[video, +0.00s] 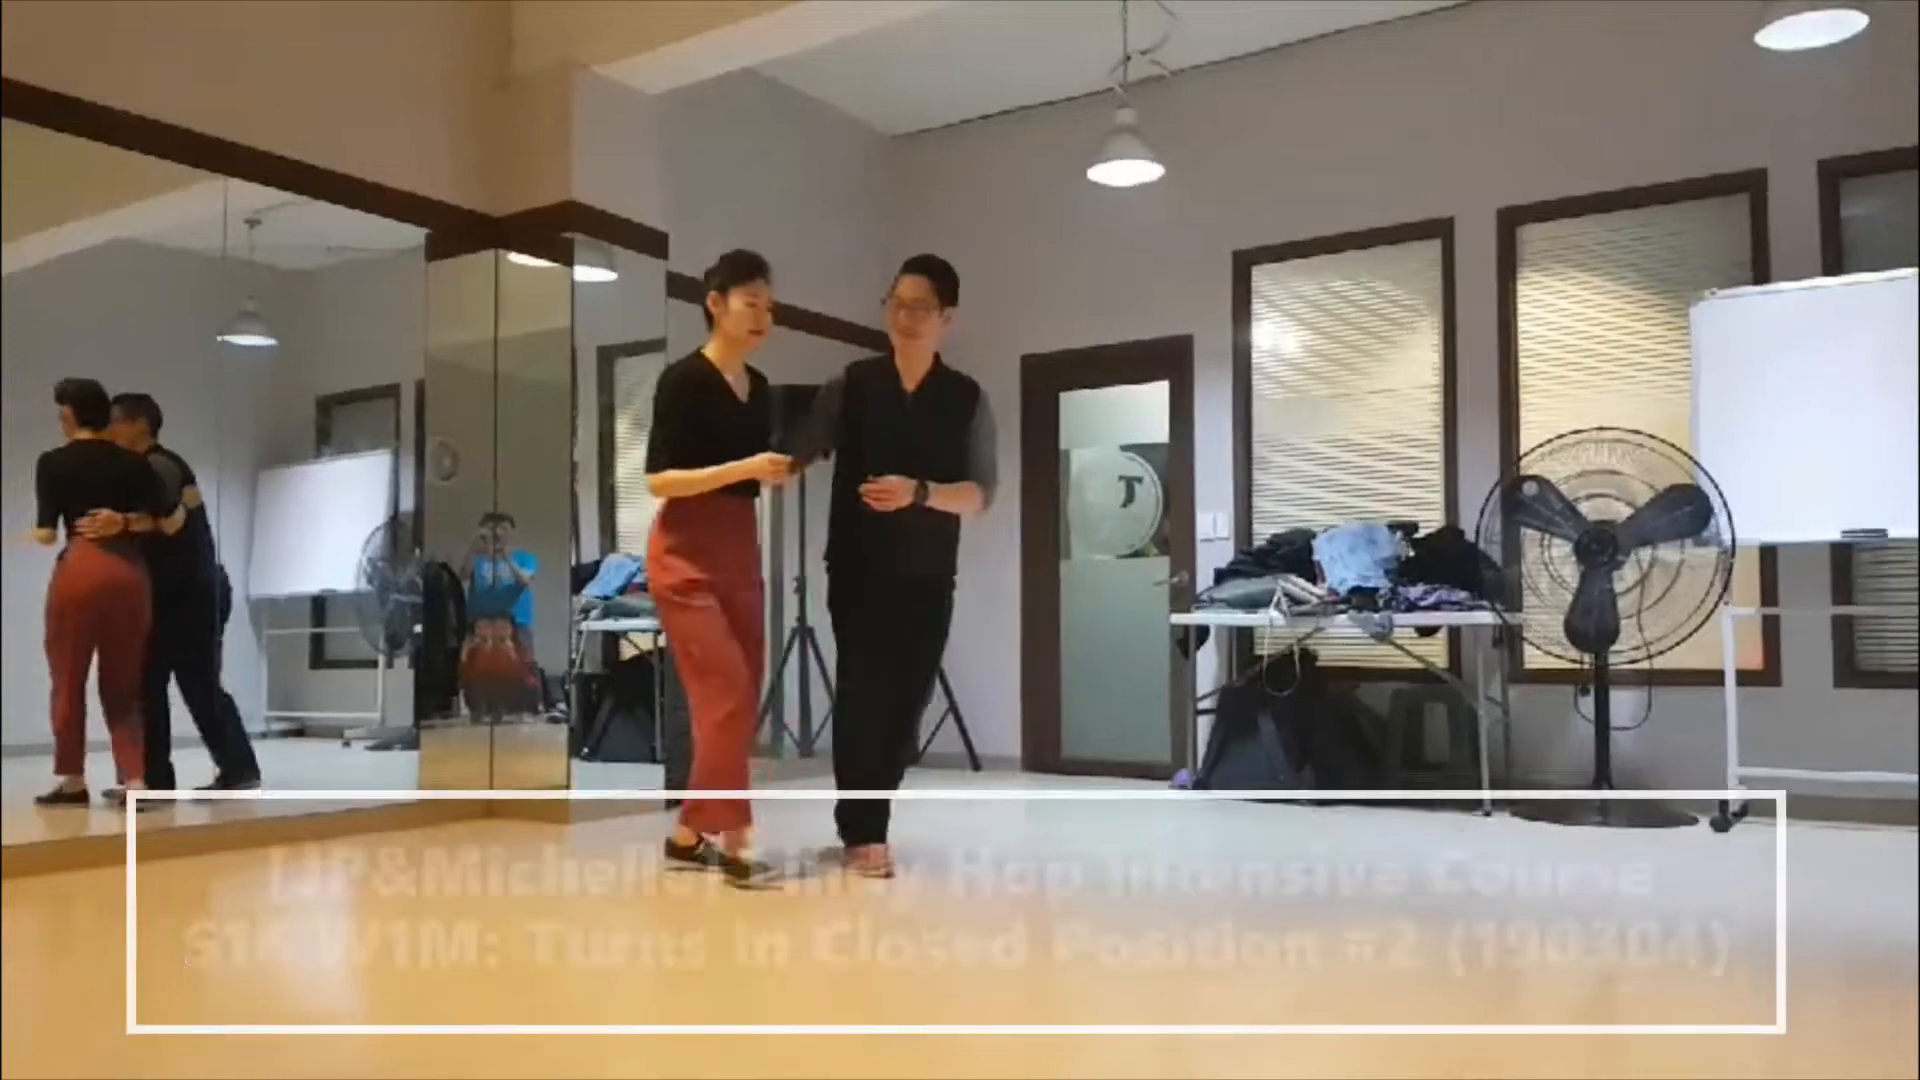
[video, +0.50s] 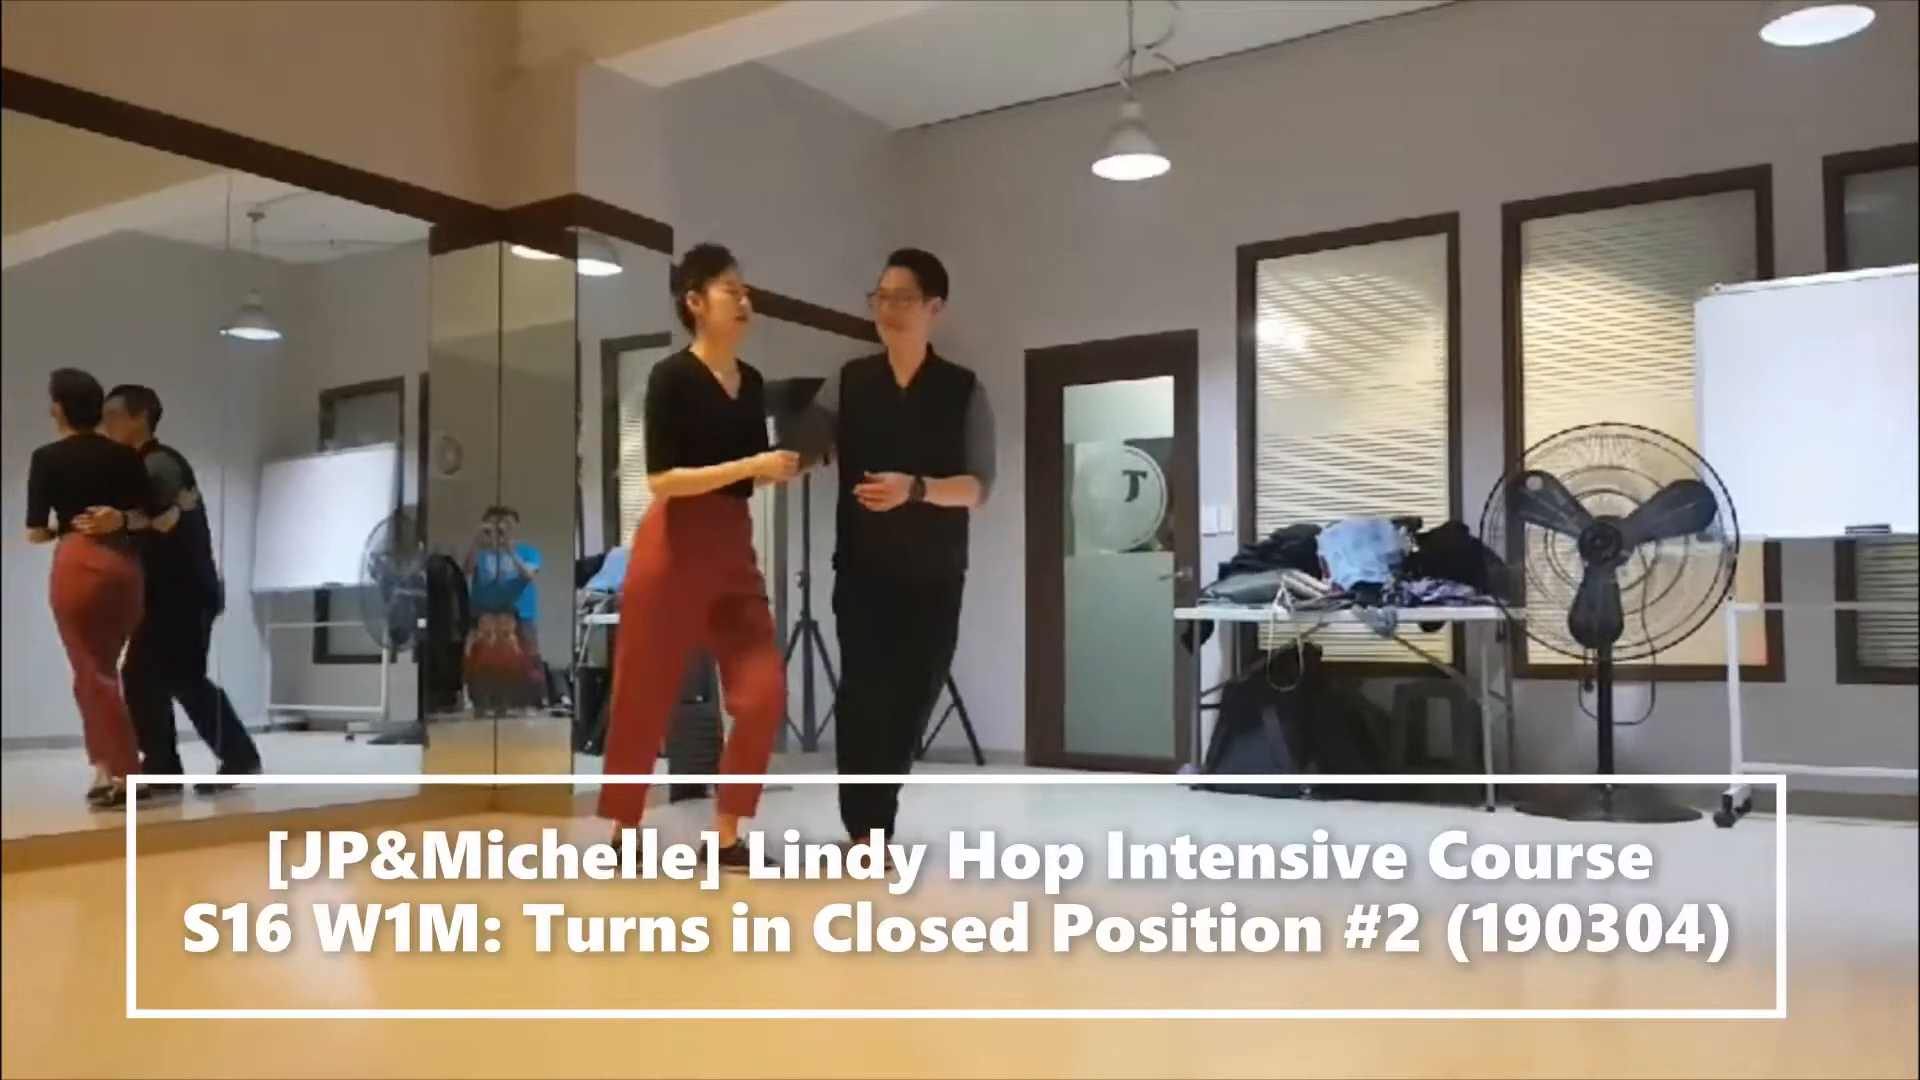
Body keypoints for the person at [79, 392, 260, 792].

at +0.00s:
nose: (111, 434)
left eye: (118, 425)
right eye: (111, 425)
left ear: (143, 426)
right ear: (139, 427)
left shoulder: (164, 465)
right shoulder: (137, 469)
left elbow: (169, 517)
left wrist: (120, 522)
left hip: (193, 588)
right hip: (157, 588)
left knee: (198, 684)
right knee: (147, 684)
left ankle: (239, 769)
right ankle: (155, 778)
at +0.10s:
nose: (116, 427)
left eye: (123, 419)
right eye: (116, 419)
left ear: (147, 421)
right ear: (141, 422)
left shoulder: (168, 459)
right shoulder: (142, 463)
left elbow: (172, 511)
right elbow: (145, 514)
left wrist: (126, 516)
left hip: (205, 582)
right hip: (167, 583)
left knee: (211, 677)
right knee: (153, 676)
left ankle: (241, 769)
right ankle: (155, 770)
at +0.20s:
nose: (117, 426)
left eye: (123, 417)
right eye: (117, 417)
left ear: (149, 417)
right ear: (147, 419)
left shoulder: (170, 456)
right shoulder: (148, 460)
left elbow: (169, 504)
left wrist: (127, 511)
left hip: (207, 578)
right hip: (172, 579)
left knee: (217, 672)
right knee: (150, 672)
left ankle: (243, 767)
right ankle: (153, 766)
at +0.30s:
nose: (115, 425)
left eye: (122, 416)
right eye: (115, 417)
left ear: (149, 417)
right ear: (147, 419)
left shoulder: (170, 458)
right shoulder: (150, 463)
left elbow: (170, 505)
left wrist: (127, 511)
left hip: (209, 582)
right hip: (177, 585)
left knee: (217, 673)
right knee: (148, 673)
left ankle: (244, 768)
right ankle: (154, 769)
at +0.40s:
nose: (112, 431)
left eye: (119, 421)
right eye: (111, 422)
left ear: (148, 421)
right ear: (145, 424)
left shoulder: (167, 465)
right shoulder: (146, 469)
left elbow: (172, 516)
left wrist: (125, 517)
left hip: (201, 590)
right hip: (175, 592)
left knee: (209, 682)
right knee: (140, 679)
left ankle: (246, 770)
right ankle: (161, 771)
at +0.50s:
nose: (107, 429)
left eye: (113, 419)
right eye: (106, 420)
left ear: (143, 419)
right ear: (139, 421)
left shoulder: (162, 463)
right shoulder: (140, 465)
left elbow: (165, 517)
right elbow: (145, 517)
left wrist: (120, 520)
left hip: (187, 589)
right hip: (161, 588)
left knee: (183, 674)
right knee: (141, 676)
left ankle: (242, 759)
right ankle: (162, 771)